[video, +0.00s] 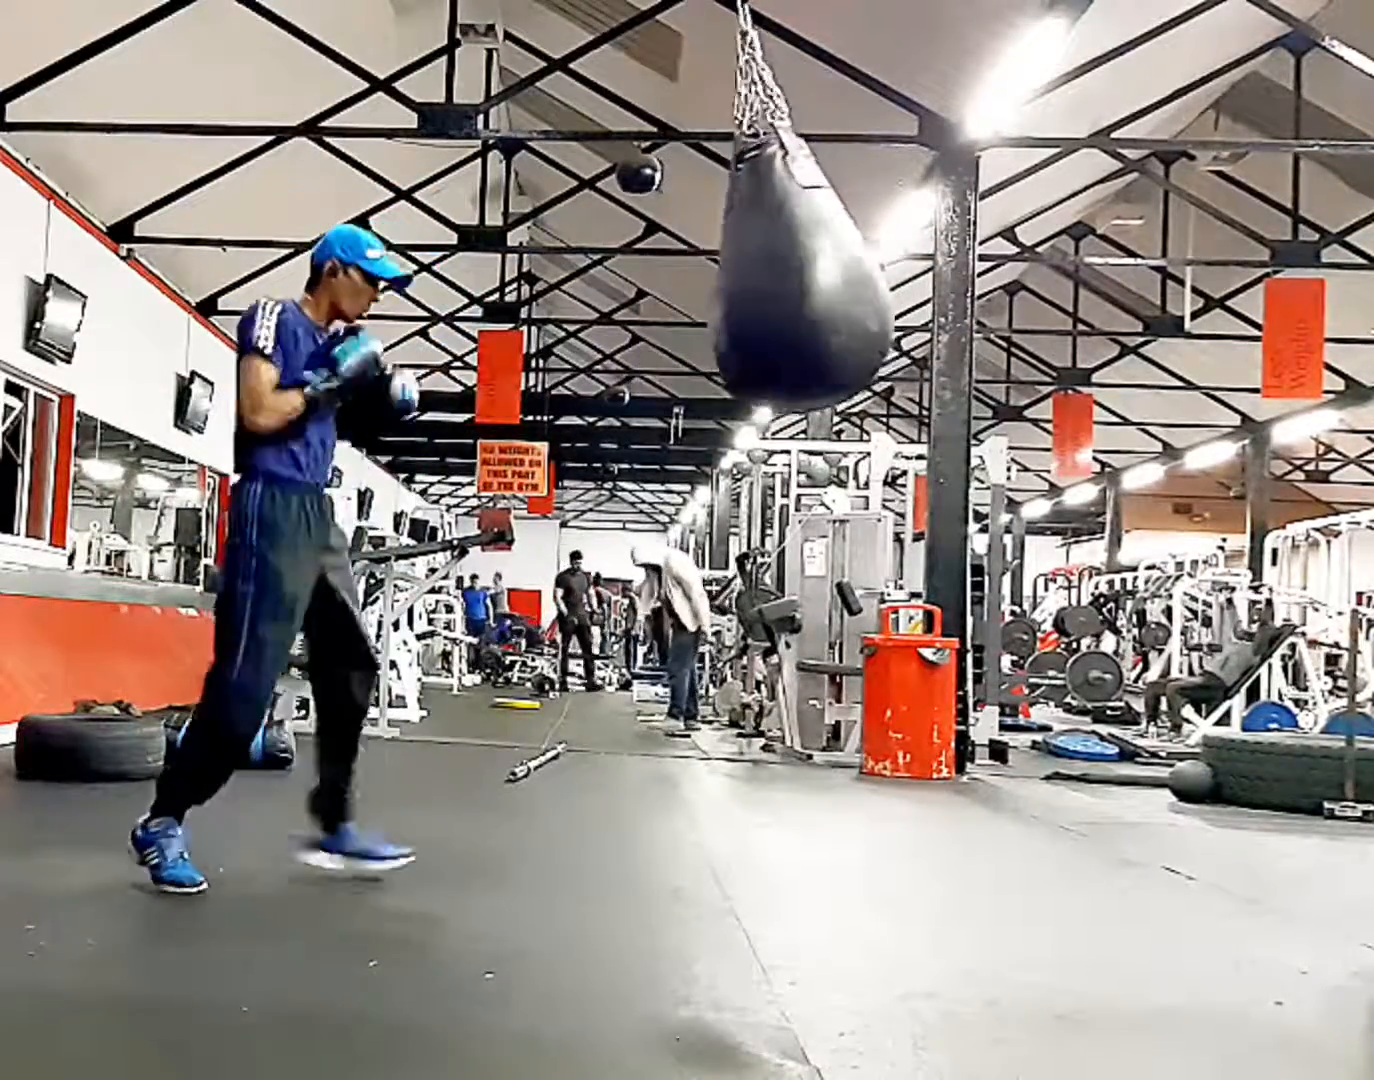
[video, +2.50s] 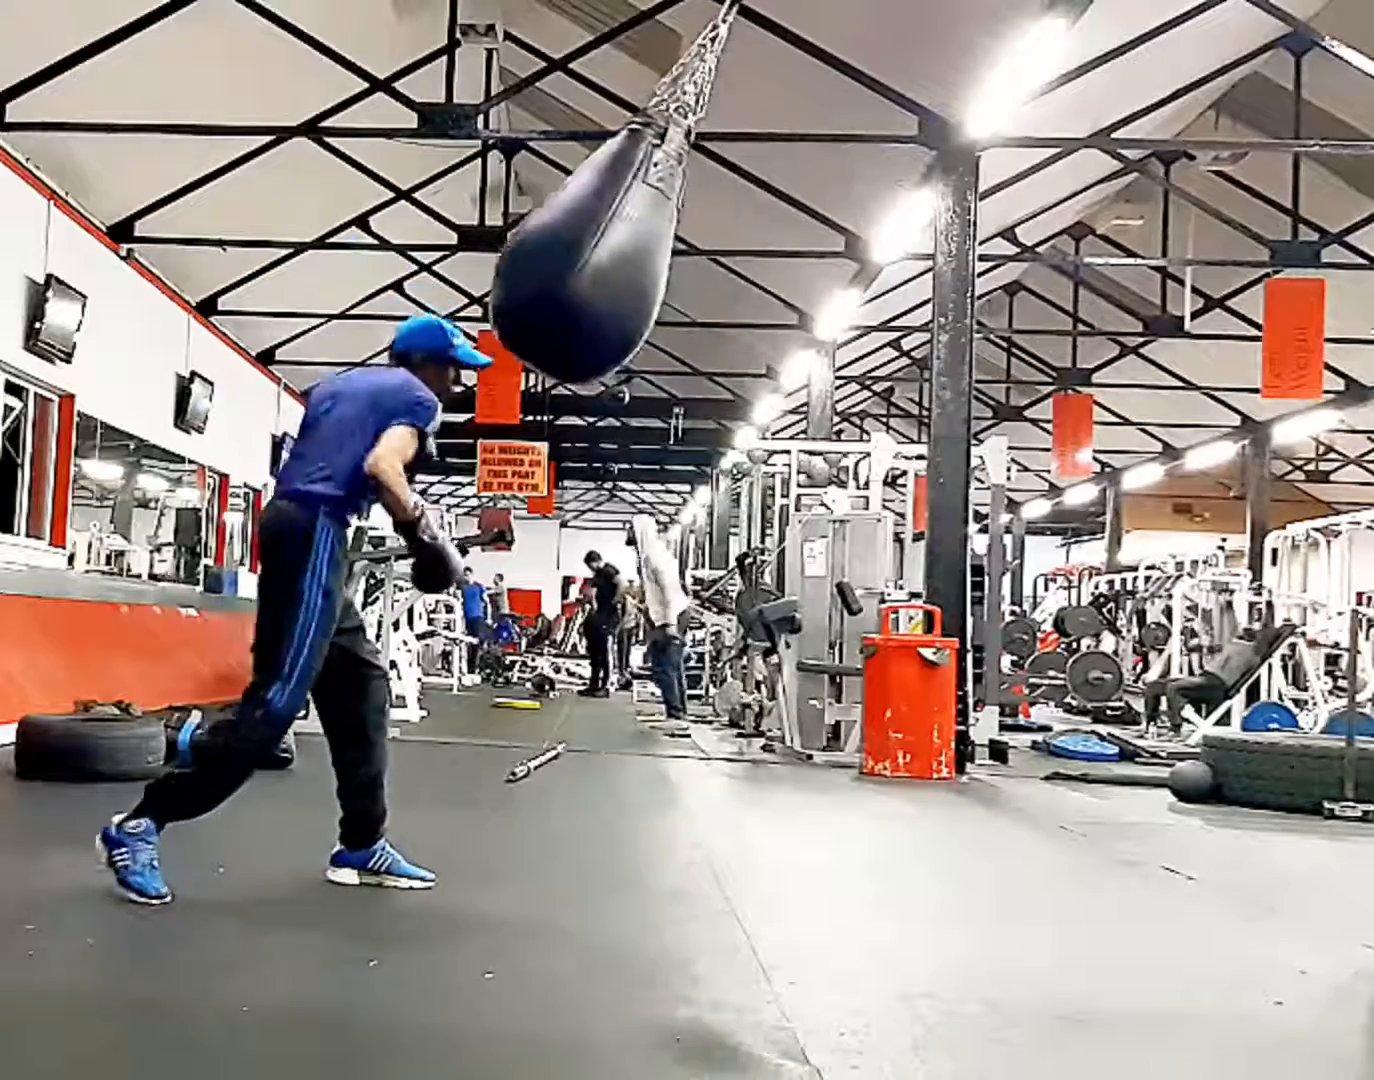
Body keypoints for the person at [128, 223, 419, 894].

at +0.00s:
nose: (376, 296)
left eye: (379, 286)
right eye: (370, 282)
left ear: (350, 281)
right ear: (332, 271)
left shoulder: (336, 346)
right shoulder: (272, 320)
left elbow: (340, 428)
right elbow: (256, 414)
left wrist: (382, 407)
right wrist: (329, 381)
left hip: (317, 514)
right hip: (269, 509)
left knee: (350, 669)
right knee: (246, 684)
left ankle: (333, 825)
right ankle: (161, 823)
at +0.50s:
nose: (465, 365)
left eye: (466, 355)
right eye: (460, 353)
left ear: (413, 343)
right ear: (431, 343)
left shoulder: (355, 383)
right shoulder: (416, 376)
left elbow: (350, 467)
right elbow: (389, 447)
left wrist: (419, 483)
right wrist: (437, 481)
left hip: (338, 540)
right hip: (342, 539)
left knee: (403, 688)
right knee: (308, 704)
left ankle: (402, 842)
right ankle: (164, 823)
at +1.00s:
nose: (449, 327)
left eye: (452, 316)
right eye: (443, 313)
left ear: (417, 312)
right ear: (409, 307)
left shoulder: (405, 373)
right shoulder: (361, 351)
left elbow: (403, 451)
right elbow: (350, 418)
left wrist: (458, 424)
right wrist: (432, 386)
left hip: (366, 538)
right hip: (339, 532)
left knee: (400, 687)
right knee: (285, 702)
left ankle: (403, 839)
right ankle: (161, 824)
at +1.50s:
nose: (464, 354)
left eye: (465, 343)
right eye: (457, 341)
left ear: (430, 341)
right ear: (422, 337)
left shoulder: (402, 387)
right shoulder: (377, 374)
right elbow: (314, 443)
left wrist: (451, 427)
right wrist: (384, 468)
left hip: (364, 559)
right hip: (329, 555)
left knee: (419, 698)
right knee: (312, 724)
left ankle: (407, 844)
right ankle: (169, 822)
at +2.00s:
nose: (357, 305)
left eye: (361, 294)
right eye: (348, 292)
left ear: (335, 294)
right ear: (310, 286)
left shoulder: (345, 358)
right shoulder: (241, 351)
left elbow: (360, 441)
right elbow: (220, 458)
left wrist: (388, 412)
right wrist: (299, 429)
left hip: (317, 535)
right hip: (257, 538)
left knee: (338, 692)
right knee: (232, 700)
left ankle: (349, 843)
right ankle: (139, 839)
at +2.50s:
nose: (457, 383)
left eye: (460, 372)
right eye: (453, 370)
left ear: (402, 357)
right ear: (427, 361)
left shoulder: (340, 384)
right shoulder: (415, 396)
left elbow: (303, 463)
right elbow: (382, 464)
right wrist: (422, 533)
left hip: (285, 520)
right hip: (316, 528)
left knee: (359, 684)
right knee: (277, 704)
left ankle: (363, 844)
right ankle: (139, 827)